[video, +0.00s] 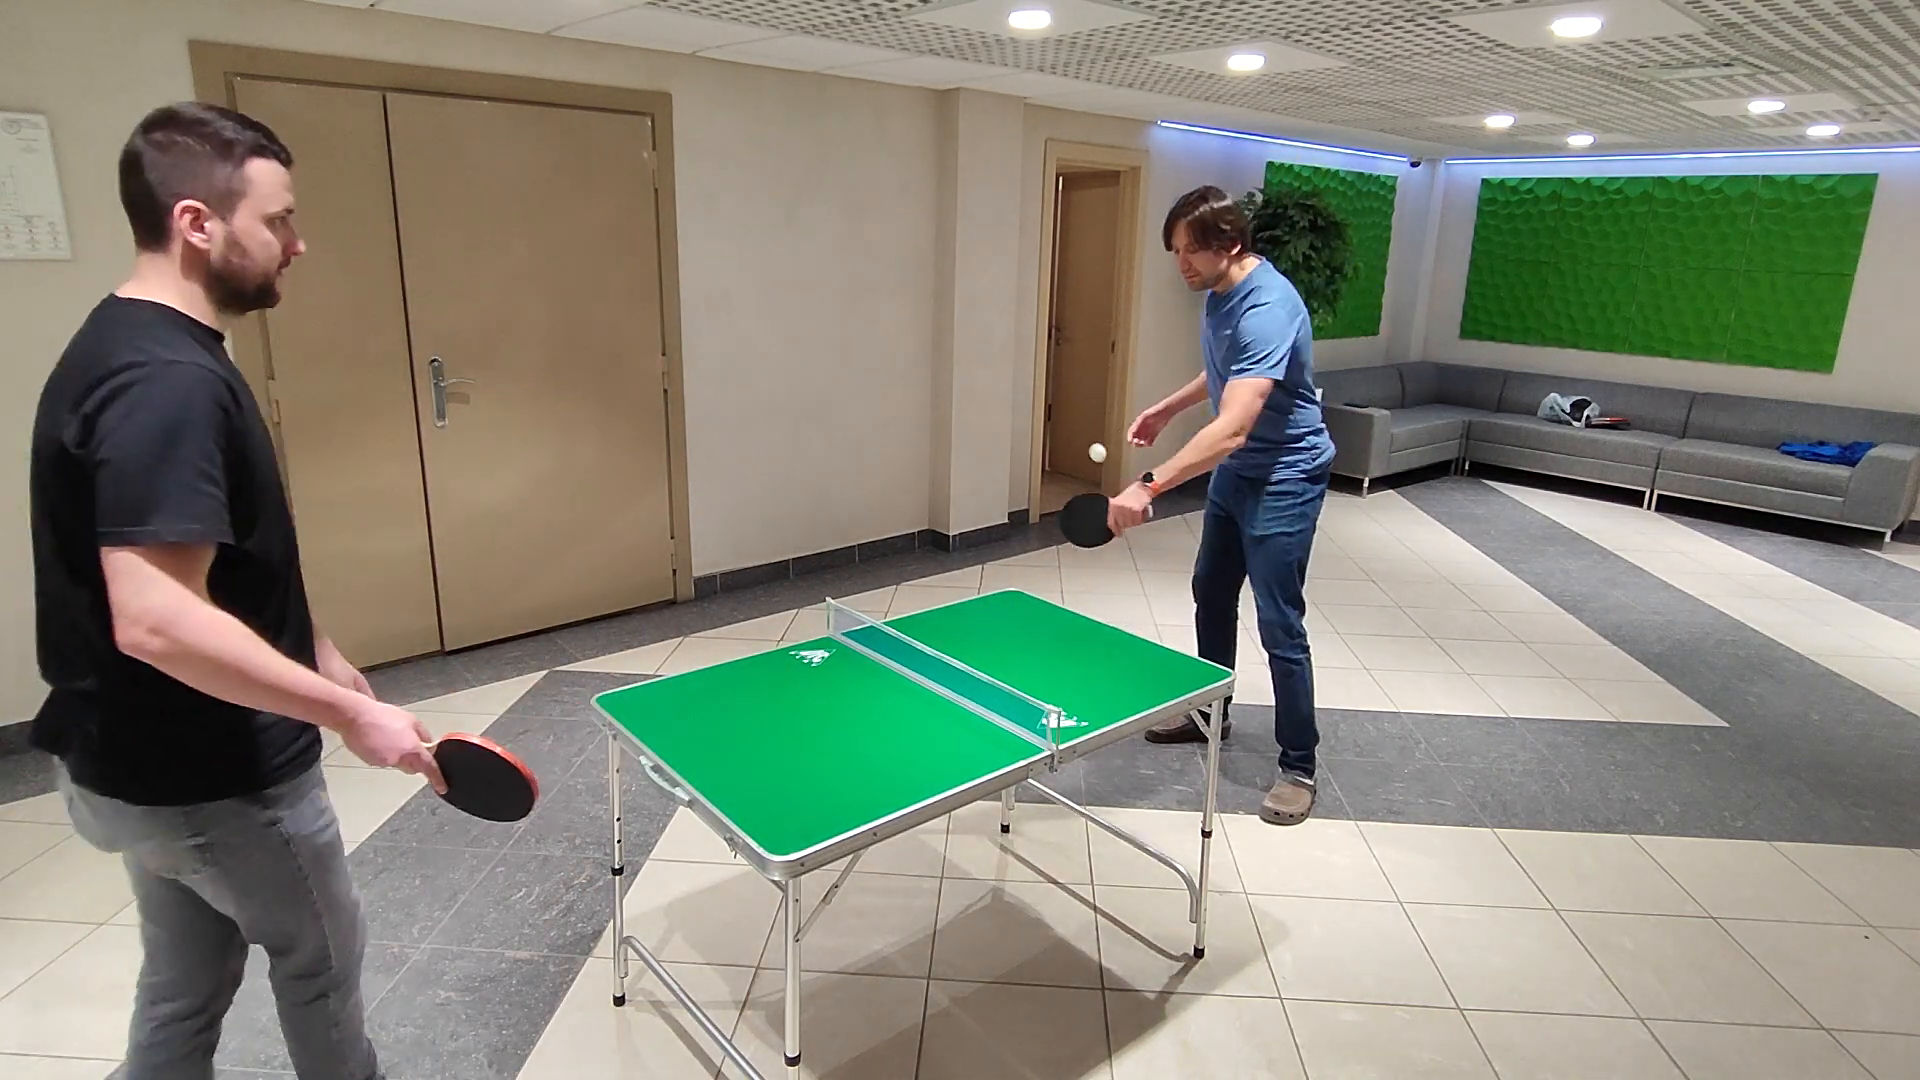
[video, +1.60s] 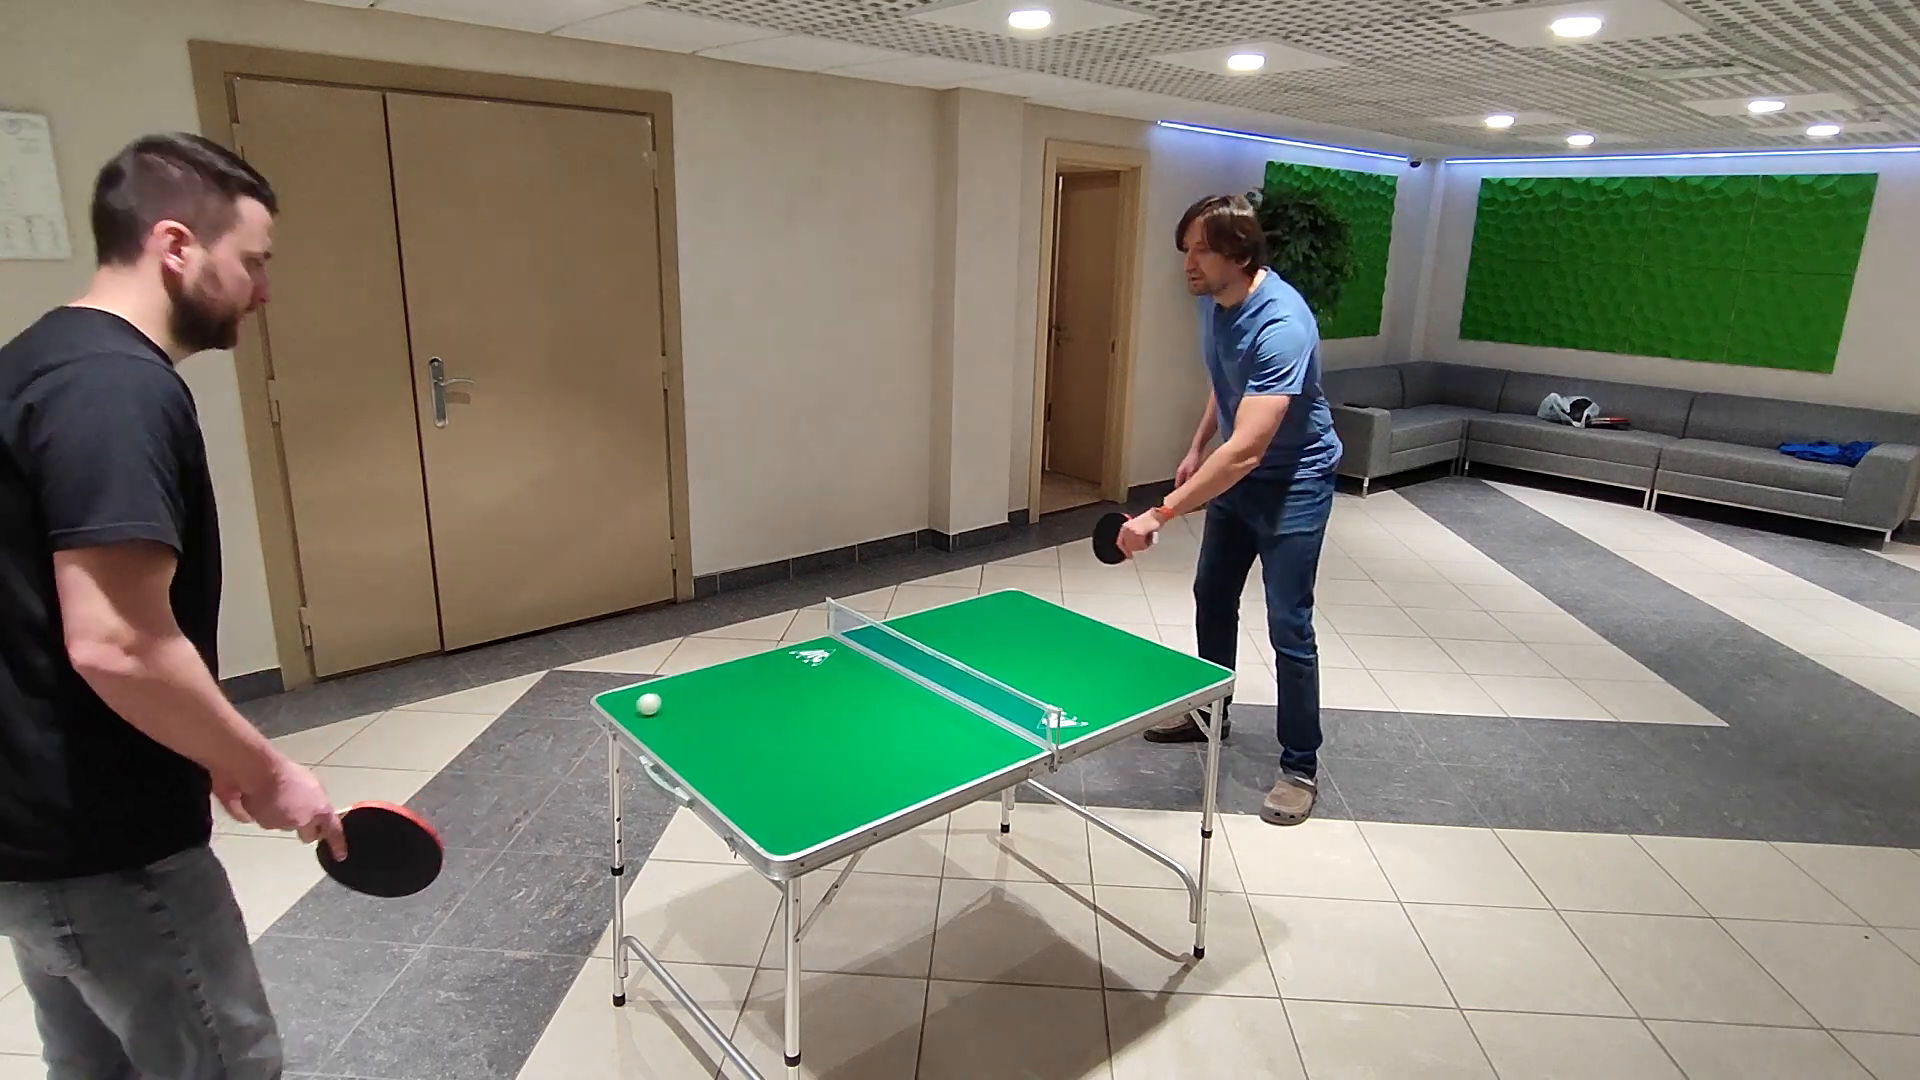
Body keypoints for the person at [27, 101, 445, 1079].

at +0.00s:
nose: (295, 246)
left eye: (293, 222)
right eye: (278, 221)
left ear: (196, 228)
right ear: (196, 225)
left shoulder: (121, 343)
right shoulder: (171, 374)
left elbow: (230, 559)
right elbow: (151, 617)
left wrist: (327, 666)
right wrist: (352, 712)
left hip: (140, 774)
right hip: (230, 782)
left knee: (180, 999)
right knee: (321, 963)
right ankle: (343, 1073)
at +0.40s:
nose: (233, 258)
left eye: (233, 232)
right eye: (208, 228)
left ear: (113, 221)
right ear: (107, 213)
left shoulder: (83, 344)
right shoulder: (78, 372)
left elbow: (126, 591)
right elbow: (19, 626)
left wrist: (242, 713)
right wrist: (218, 759)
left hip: (76, 807)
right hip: (134, 822)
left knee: (114, 1053)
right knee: (267, 1051)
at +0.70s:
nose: (265, 279)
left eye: (266, 251)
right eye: (245, 247)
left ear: (138, 231)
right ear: (137, 226)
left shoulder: (113, 356)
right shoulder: (73, 398)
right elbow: (44, 685)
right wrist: (281, 774)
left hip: (141, 850)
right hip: (110, 874)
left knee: (187, 1060)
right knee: (174, 1069)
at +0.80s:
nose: (258, 280)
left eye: (262, 250)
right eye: (238, 248)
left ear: (128, 228)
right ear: (131, 224)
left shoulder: (75, 345)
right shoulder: (87, 409)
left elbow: (139, 600)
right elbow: (144, 687)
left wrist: (232, 714)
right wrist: (379, 745)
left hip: (119, 846)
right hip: (117, 874)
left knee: (183, 1059)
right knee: (173, 1071)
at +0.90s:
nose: (248, 271)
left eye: (249, 243)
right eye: (228, 238)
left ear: (114, 220)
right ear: (118, 216)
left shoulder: (29, 338)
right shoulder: (107, 411)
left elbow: (95, 573)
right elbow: (245, 655)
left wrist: (239, 676)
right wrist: (477, 698)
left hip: (62, 845)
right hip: (125, 874)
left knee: (165, 1059)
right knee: (182, 1070)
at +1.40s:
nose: (212, 254)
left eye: (209, 227)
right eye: (194, 223)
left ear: (95, 217)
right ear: (102, 214)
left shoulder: (14, 342)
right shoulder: (106, 378)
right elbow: (165, 637)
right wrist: (341, 723)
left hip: (39, 834)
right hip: (136, 847)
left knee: (100, 1064)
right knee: (207, 1067)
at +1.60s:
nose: (261, 292)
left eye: (264, 266)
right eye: (254, 261)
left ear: (163, 242)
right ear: (175, 244)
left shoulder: (38, 361)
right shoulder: (112, 381)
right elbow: (118, 643)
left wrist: (219, 753)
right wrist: (267, 775)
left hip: (45, 854)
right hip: (119, 860)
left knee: (98, 1069)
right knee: (228, 1063)